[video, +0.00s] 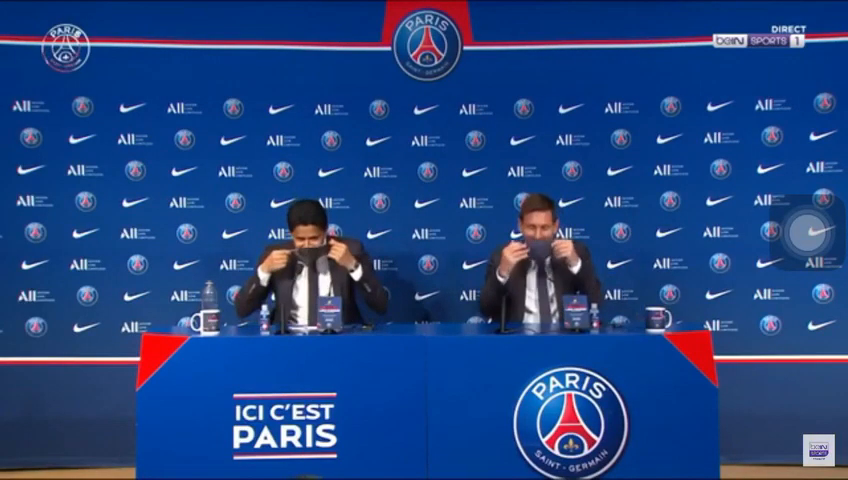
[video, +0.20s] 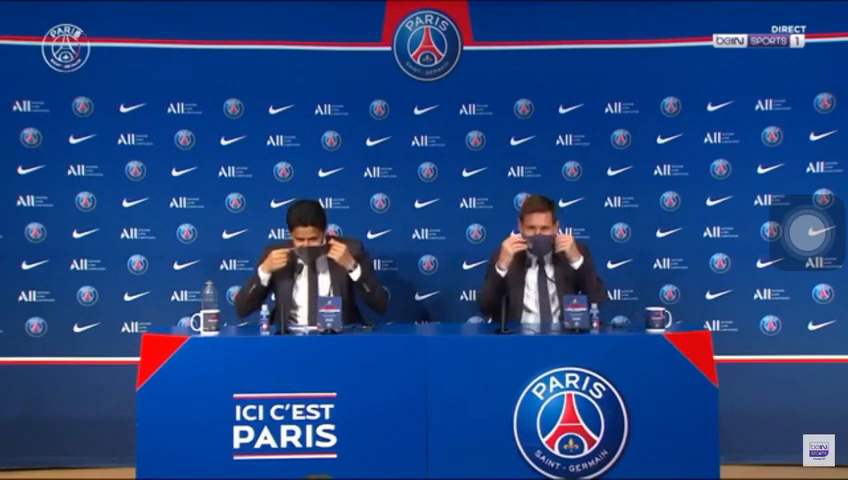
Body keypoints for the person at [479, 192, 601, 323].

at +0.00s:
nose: (538, 235)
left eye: (545, 228)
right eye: (532, 228)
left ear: (556, 227)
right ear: (521, 226)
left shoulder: (576, 253)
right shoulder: (505, 256)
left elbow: (596, 300)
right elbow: (487, 310)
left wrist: (575, 263)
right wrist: (503, 273)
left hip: (566, 339)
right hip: (519, 340)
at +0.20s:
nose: (538, 235)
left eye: (545, 229)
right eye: (531, 229)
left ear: (556, 228)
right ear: (521, 228)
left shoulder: (574, 253)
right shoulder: (506, 256)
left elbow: (599, 299)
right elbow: (487, 309)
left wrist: (577, 259)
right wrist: (502, 264)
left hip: (566, 341)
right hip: (519, 342)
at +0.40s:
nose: (538, 234)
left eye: (545, 227)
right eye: (532, 227)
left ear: (556, 226)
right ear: (521, 227)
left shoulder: (574, 251)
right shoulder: (507, 255)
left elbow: (598, 299)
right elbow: (487, 309)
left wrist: (579, 256)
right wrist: (499, 262)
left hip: (566, 342)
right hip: (519, 342)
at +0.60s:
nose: (542, 237)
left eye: (548, 230)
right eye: (535, 230)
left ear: (558, 224)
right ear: (524, 224)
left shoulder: (578, 254)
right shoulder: (504, 257)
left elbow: (595, 301)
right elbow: (488, 311)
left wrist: (571, 269)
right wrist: (507, 283)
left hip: (567, 339)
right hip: (520, 340)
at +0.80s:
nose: (546, 239)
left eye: (553, 231)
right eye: (540, 231)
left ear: (562, 224)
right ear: (527, 222)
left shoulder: (579, 254)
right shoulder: (504, 257)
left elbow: (595, 298)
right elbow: (491, 309)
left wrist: (565, 276)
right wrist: (512, 304)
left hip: (567, 338)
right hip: (520, 340)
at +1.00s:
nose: (548, 240)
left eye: (555, 234)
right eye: (543, 232)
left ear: (564, 226)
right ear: (530, 223)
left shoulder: (579, 254)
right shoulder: (504, 258)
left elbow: (595, 297)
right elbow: (490, 307)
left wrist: (567, 278)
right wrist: (511, 307)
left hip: (568, 340)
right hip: (520, 341)